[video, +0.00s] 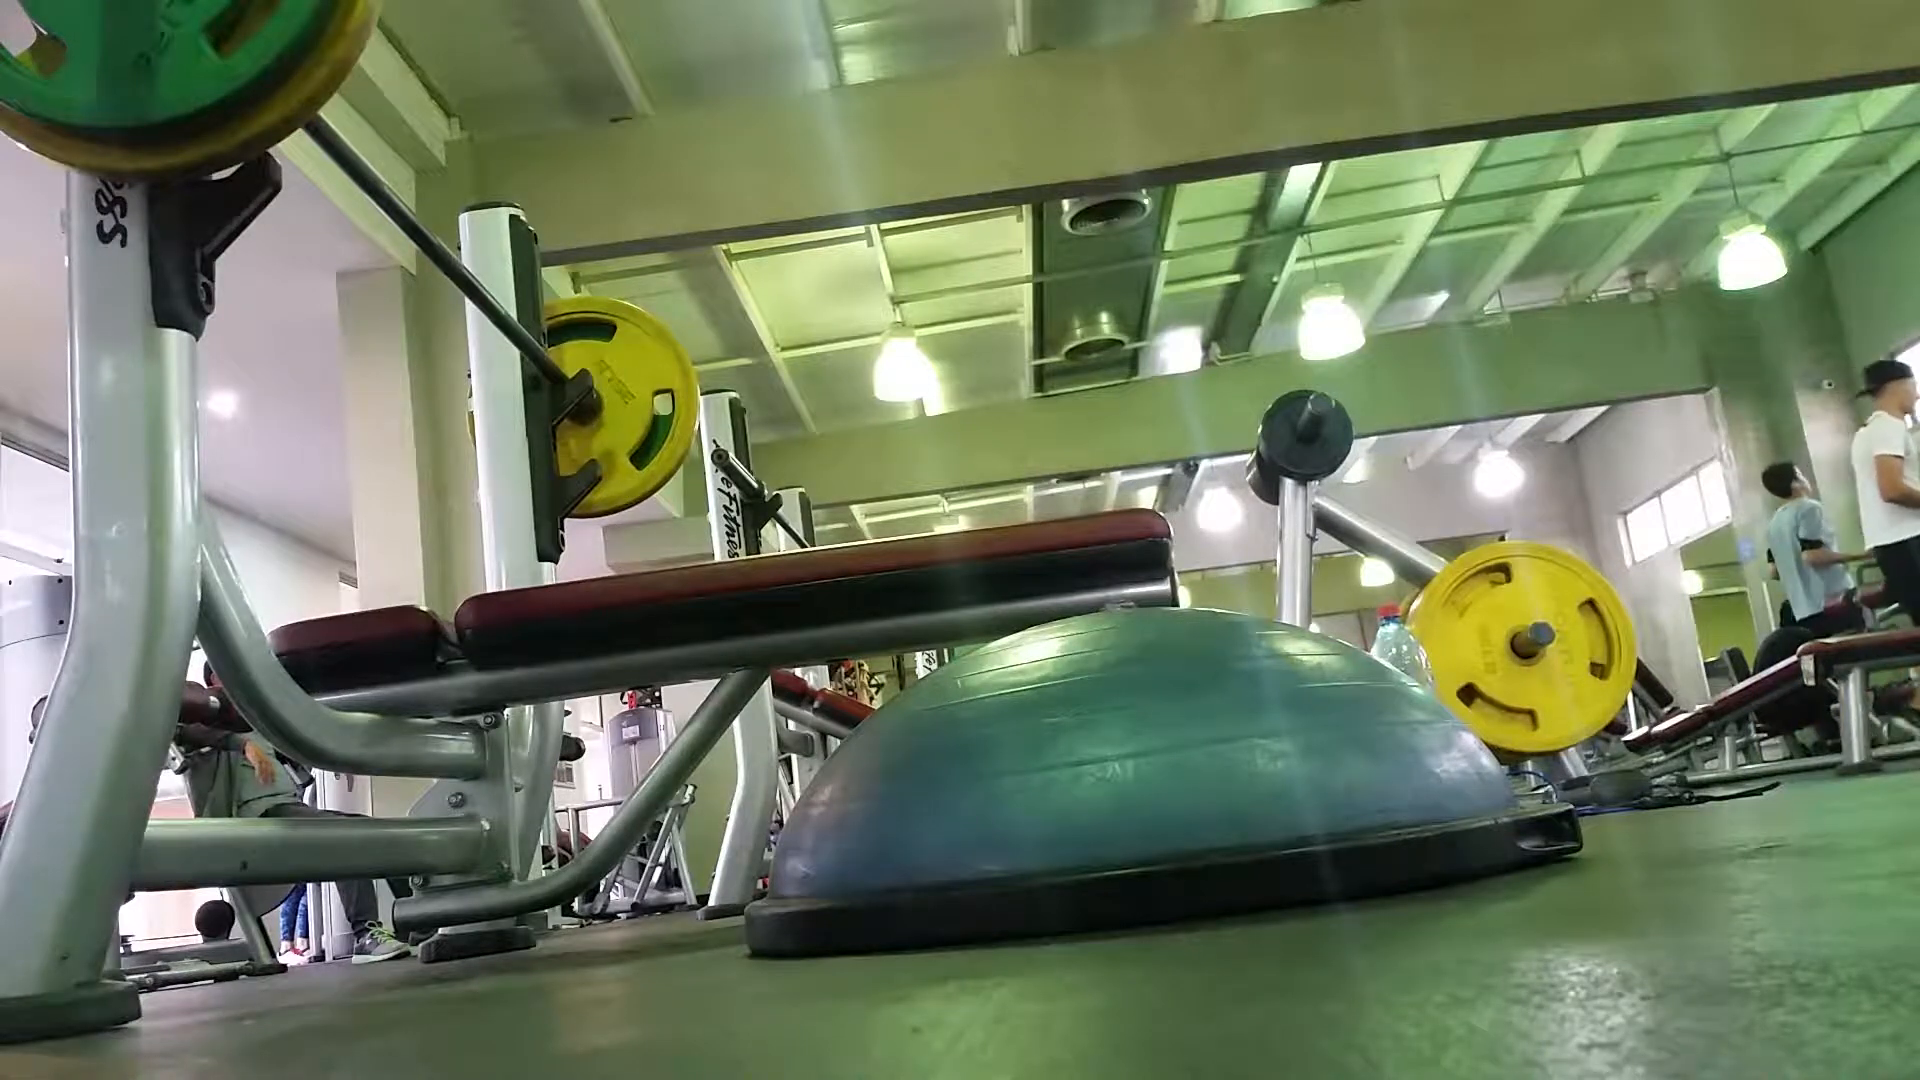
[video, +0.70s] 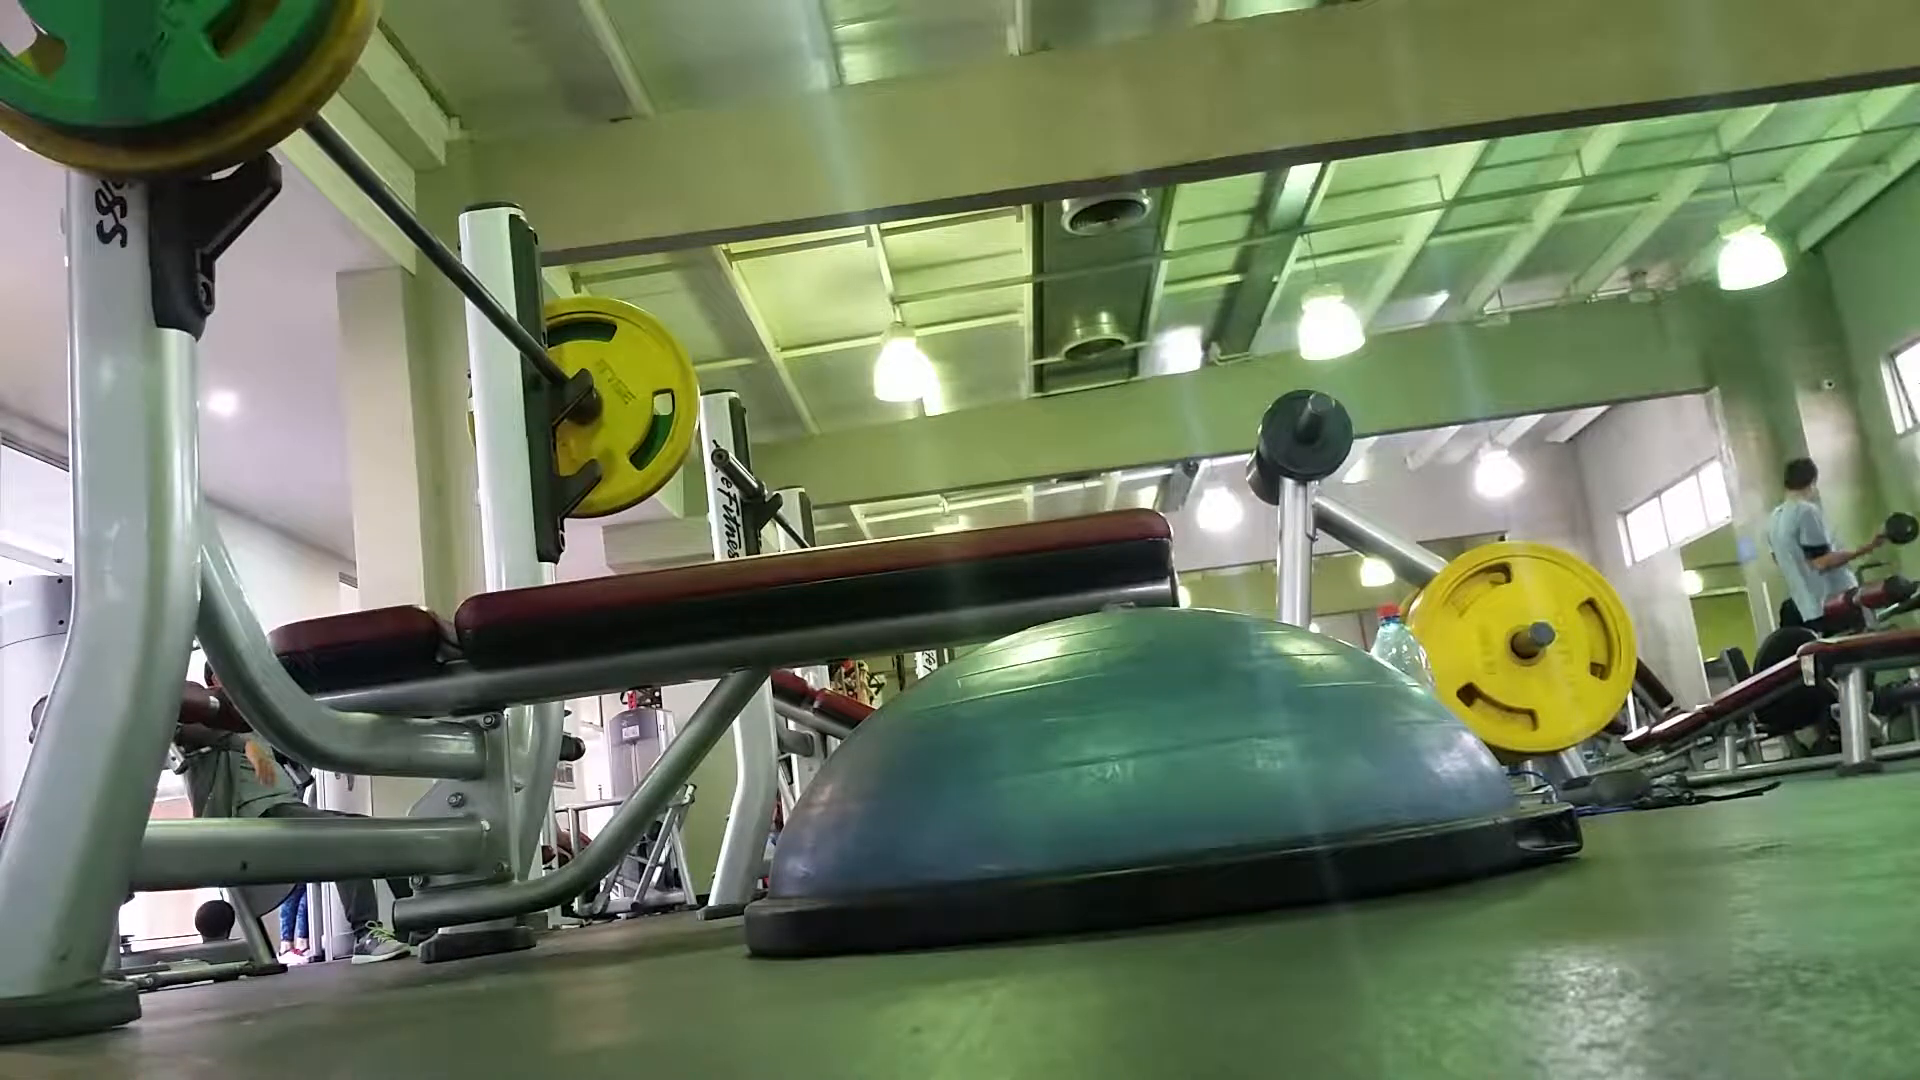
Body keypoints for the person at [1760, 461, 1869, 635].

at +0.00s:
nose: (1806, 478)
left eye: (1802, 473)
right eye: (1800, 475)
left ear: (1777, 490)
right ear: (1794, 483)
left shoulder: (1775, 521)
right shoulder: (1808, 508)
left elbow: (1774, 571)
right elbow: (1812, 555)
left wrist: (1804, 573)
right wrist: (1860, 556)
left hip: (1805, 614)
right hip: (1835, 606)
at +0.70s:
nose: (1816, 487)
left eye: (1815, 481)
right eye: (1815, 482)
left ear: (1787, 483)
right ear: (1811, 483)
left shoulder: (1775, 516)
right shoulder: (1806, 512)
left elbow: (1778, 559)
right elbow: (1821, 561)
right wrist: (1866, 548)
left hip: (1810, 612)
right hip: (1836, 607)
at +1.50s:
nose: (1811, 478)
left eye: (1808, 473)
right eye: (1807, 474)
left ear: (1782, 487)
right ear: (1798, 481)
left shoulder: (1778, 519)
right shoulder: (1812, 510)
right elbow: (1847, 546)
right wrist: (1841, 505)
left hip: (1813, 608)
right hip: (1839, 602)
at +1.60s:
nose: (1811, 478)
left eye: (1807, 473)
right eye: (1806, 474)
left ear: (1782, 487)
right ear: (1798, 480)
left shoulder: (1777, 520)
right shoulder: (1812, 509)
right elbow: (1848, 546)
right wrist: (1839, 504)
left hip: (1812, 609)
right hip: (1839, 603)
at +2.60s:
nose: (1811, 478)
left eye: (1809, 473)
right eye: (1807, 473)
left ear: (1782, 484)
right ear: (1798, 478)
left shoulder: (1773, 520)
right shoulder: (1807, 510)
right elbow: (1839, 550)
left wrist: (1824, 505)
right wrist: (1835, 508)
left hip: (1806, 607)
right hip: (1834, 600)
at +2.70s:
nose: (1812, 477)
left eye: (1809, 472)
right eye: (1807, 473)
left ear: (1782, 484)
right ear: (1798, 479)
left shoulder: (1774, 518)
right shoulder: (1808, 509)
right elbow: (1838, 550)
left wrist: (1830, 504)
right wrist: (1840, 507)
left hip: (1807, 607)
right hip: (1835, 600)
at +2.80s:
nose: (1810, 477)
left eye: (1807, 472)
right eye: (1806, 472)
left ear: (1781, 484)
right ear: (1797, 478)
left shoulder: (1775, 517)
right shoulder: (1806, 509)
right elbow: (1832, 551)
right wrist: (1847, 512)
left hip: (1807, 606)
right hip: (1834, 599)